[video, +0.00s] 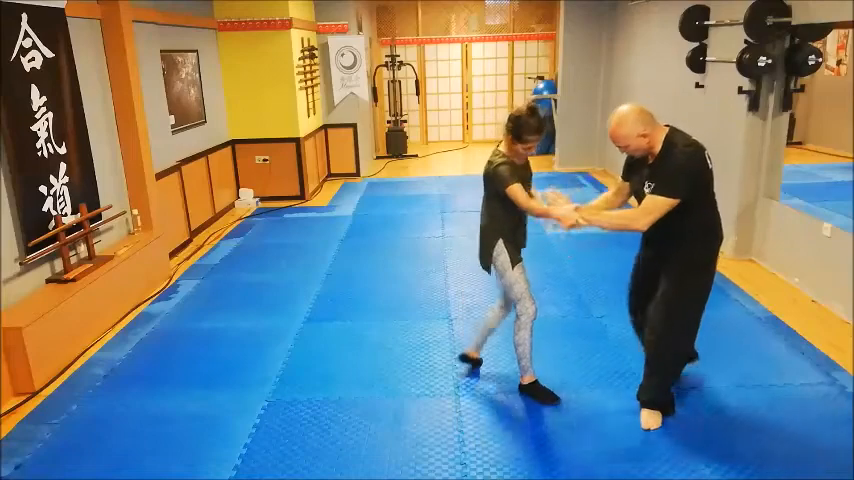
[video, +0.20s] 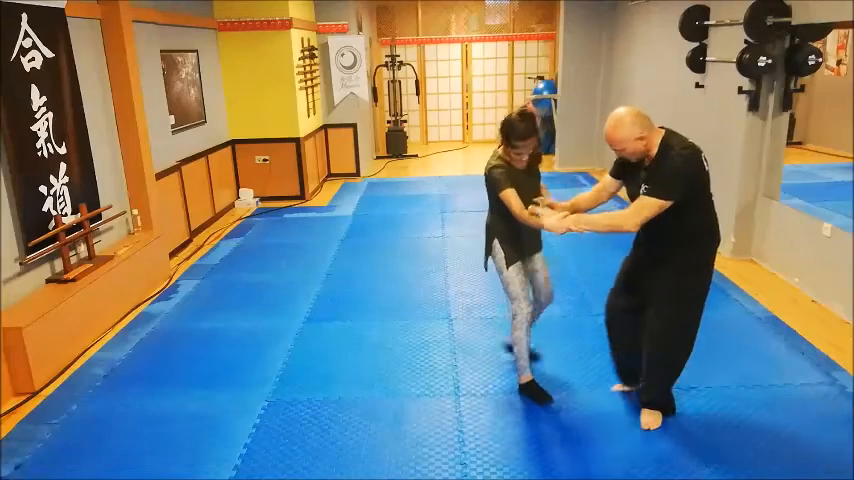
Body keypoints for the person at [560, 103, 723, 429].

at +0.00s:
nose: (622, 151)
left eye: (624, 146)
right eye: (619, 146)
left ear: (645, 133)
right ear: (640, 135)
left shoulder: (684, 158)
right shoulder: (641, 153)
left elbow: (642, 219)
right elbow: (616, 197)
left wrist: (584, 217)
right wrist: (578, 211)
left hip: (692, 252)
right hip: (657, 246)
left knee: (665, 323)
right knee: (640, 308)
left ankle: (654, 400)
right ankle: (676, 354)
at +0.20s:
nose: (617, 154)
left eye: (621, 149)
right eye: (615, 149)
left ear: (643, 138)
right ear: (638, 137)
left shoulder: (679, 161)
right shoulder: (634, 154)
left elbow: (633, 220)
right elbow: (602, 191)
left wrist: (573, 222)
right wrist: (566, 207)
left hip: (688, 254)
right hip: (649, 246)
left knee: (665, 326)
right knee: (621, 308)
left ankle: (655, 402)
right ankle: (634, 378)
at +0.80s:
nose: (572, 184)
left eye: (576, 179)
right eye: (570, 179)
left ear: (596, 169)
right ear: (586, 166)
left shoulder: (637, 170)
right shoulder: (586, 177)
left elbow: (605, 236)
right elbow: (578, 232)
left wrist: (550, 241)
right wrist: (555, 276)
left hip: (668, 250)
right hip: (625, 247)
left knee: (660, 328)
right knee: (599, 313)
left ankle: (655, 403)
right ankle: (584, 391)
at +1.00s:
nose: (564, 188)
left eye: (567, 183)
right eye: (561, 183)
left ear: (589, 169)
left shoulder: (631, 171)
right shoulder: (578, 180)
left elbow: (614, 242)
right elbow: (570, 239)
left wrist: (557, 255)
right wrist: (549, 286)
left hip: (665, 248)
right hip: (620, 246)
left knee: (660, 326)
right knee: (598, 315)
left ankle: (654, 403)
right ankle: (583, 391)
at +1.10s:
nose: (564, 188)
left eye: (567, 183)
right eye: (561, 182)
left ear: (588, 169)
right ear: (567, 169)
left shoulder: (631, 170)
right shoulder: (577, 182)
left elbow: (619, 243)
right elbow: (567, 240)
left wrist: (562, 260)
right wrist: (547, 286)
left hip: (664, 247)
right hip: (620, 245)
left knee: (659, 325)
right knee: (596, 314)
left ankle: (654, 402)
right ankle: (583, 391)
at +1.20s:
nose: (564, 186)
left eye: (566, 182)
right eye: (561, 182)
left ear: (588, 169)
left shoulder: (632, 169)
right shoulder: (577, 181)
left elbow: (622, 242)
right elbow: (566, 239)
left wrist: (563, 261)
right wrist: (546, 285)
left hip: (664, 247)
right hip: (619, 244)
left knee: (659, 324)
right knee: (595, 314)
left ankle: (654, 402)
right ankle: (583, 391)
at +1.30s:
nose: (563, 184)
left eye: (566, 180)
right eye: (560, 179)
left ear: (588, 169)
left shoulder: (634, 168)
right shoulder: (577, 180)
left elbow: (624, 241)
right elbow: (565, 239)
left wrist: (565, 259)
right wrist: (546, 285)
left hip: (664, 247)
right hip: (619, 245)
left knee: (658, 323)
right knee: (595, 313)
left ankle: (654, 402)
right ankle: (582, 391)